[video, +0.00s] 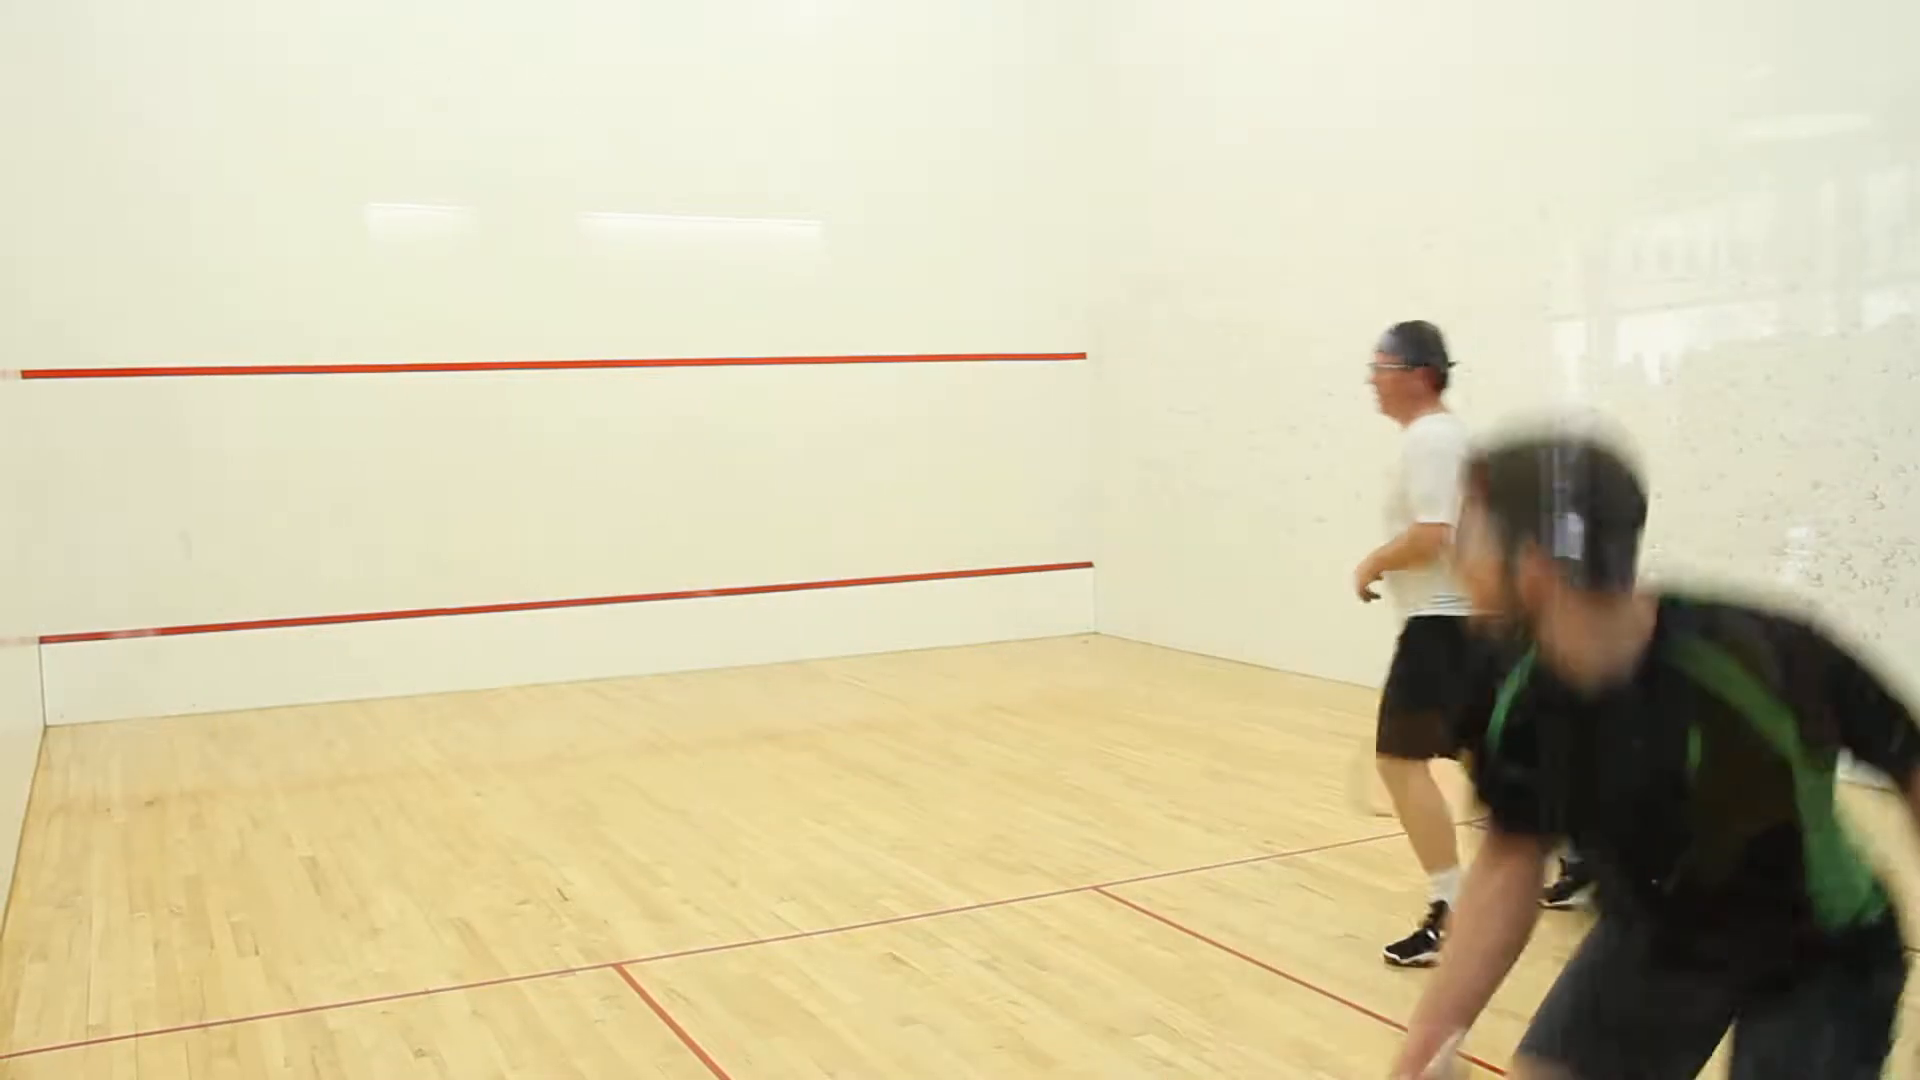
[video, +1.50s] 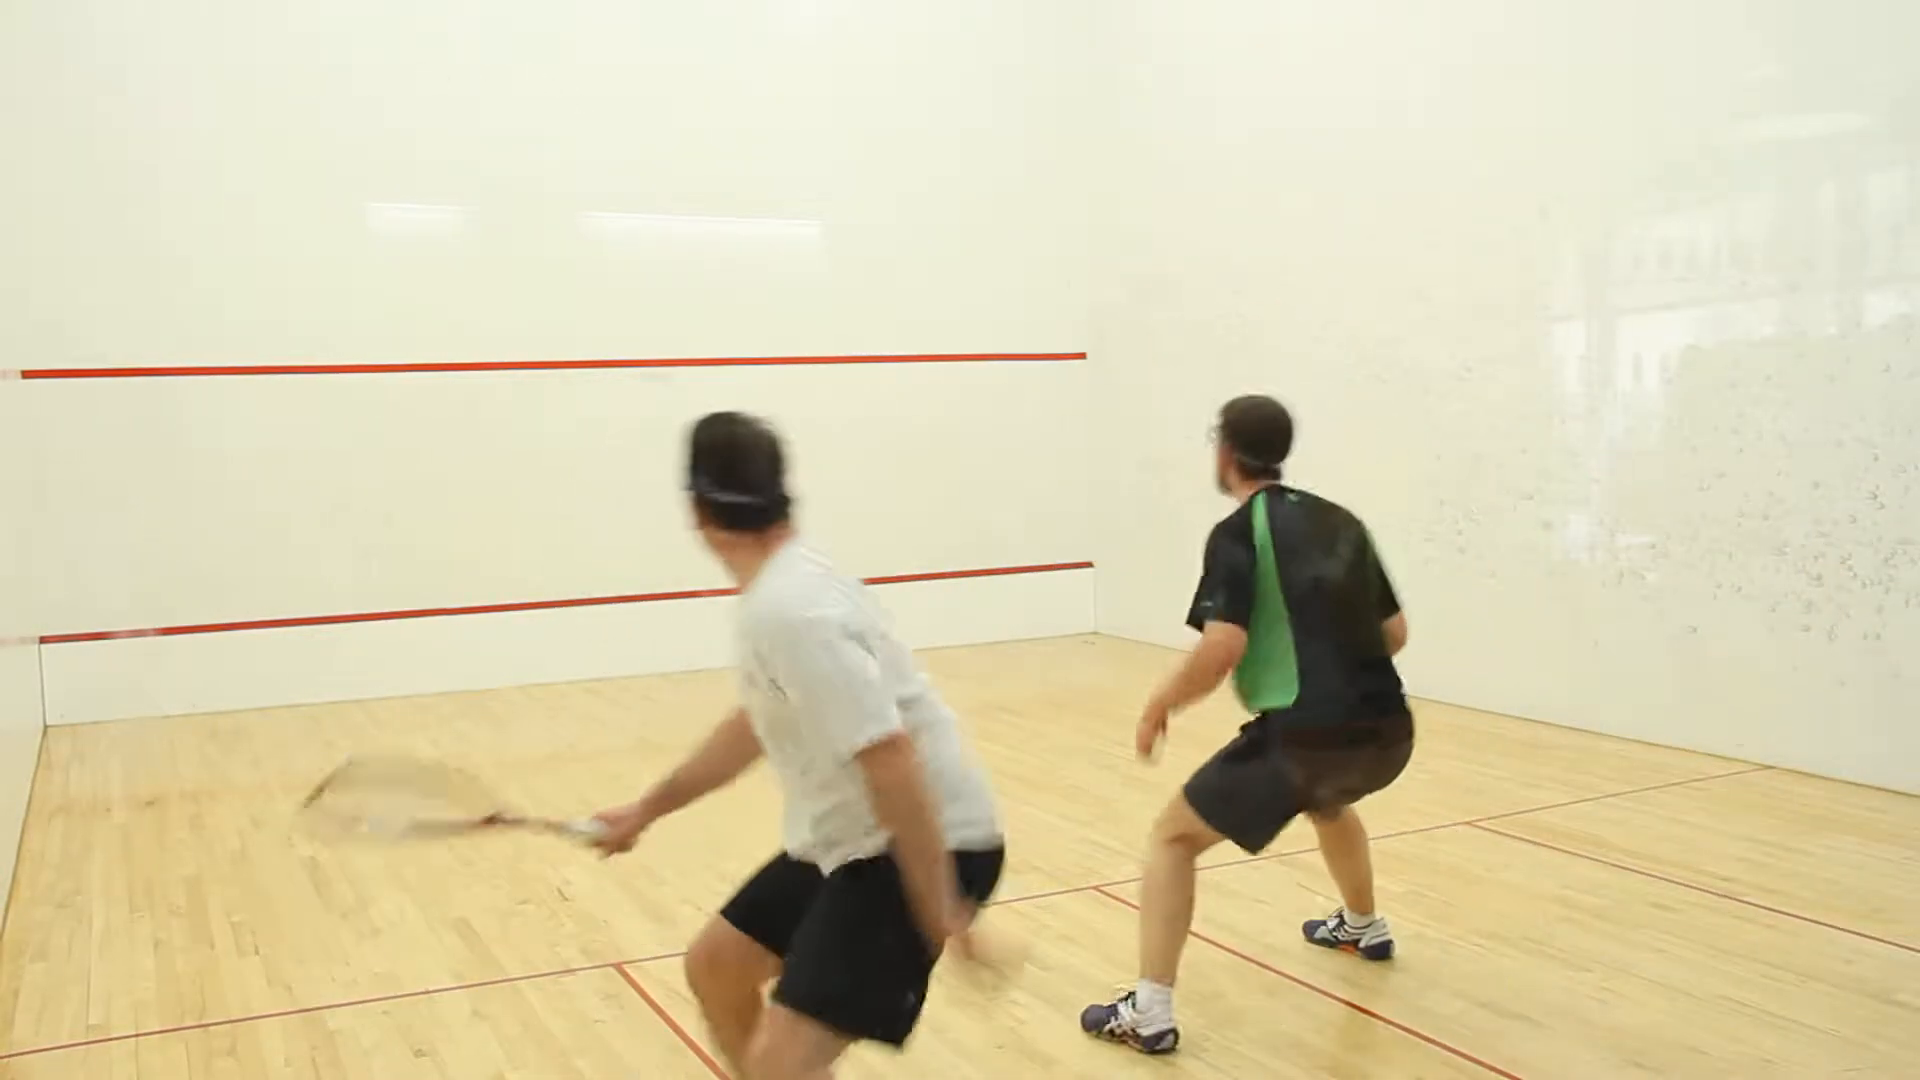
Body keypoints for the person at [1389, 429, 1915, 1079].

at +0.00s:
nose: (1459, 558)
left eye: (1473, 536)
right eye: (1465, 535)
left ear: (1536, 567)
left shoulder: (1760, 660)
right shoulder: (1528, 706)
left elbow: (1911, 765)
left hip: (1819, 946)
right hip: (1660, 935)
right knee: (1544, 1067)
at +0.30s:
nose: (1584, 444)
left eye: (1593, 421)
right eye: (1588, 421)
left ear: (1626, 436)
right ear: (1694, 431)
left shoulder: (1766, 568)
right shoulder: (1692, 569)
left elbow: (1883, 773)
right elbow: (1778, 696)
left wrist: (1807, 974)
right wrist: (1703, 774)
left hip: (1890, 892)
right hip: (1824, 879)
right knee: (1698, 1059)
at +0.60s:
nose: (1517, 412)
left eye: (1525, 392)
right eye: (1519, 393)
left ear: (1564, 399)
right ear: (1610, 394)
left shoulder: (1565, 498)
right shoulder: (1717, 476)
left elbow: (1587, 644)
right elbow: (1842, 593)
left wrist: (1561, 795)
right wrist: (1779, 691)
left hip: (1724, 793)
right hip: (1821, 761)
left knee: (1701, 1032)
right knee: (1776, 970)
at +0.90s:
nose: (1351, 402)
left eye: (1363, 386)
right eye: (1354, 385)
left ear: (1412, 395)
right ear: (1428, 398)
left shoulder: (1412, 469)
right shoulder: (1528, 459)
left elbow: (1467, 563)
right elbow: (1618, 564)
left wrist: (1454, 707)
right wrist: (1548, 647)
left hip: (1496, 734)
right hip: (1592, 723)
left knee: (1422, 885)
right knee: (1642, 920)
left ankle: (1385, 1035)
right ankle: (1771, 1068)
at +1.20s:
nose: (1225, 373)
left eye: (1237, 360)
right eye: (1229, 359)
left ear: (1278, 371)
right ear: (1296, 372)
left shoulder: (1275, 451)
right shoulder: (1392, 434)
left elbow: (1295, 564)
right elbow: (1454, 538)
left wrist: (1238, 664)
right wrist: (1384, 586)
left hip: (1351, 682)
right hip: (1439, 670)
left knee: (1271, 803)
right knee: (1420, 814)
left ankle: (1322, 978)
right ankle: (1521, 973)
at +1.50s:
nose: (1214, 456)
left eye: (1218, 445)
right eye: (1219, 443)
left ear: (1230, 454)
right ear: (1281, 453)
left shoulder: (1237, 533)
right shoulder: (1342, 521)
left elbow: (1223, 648)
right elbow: (1393, 631)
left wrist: (1162, 703)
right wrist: (1323, 654)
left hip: (1298, 738)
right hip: (1381, 729)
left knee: (1174, 837)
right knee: (1325, 794)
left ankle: (1150, 1009)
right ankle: (1364, 921)